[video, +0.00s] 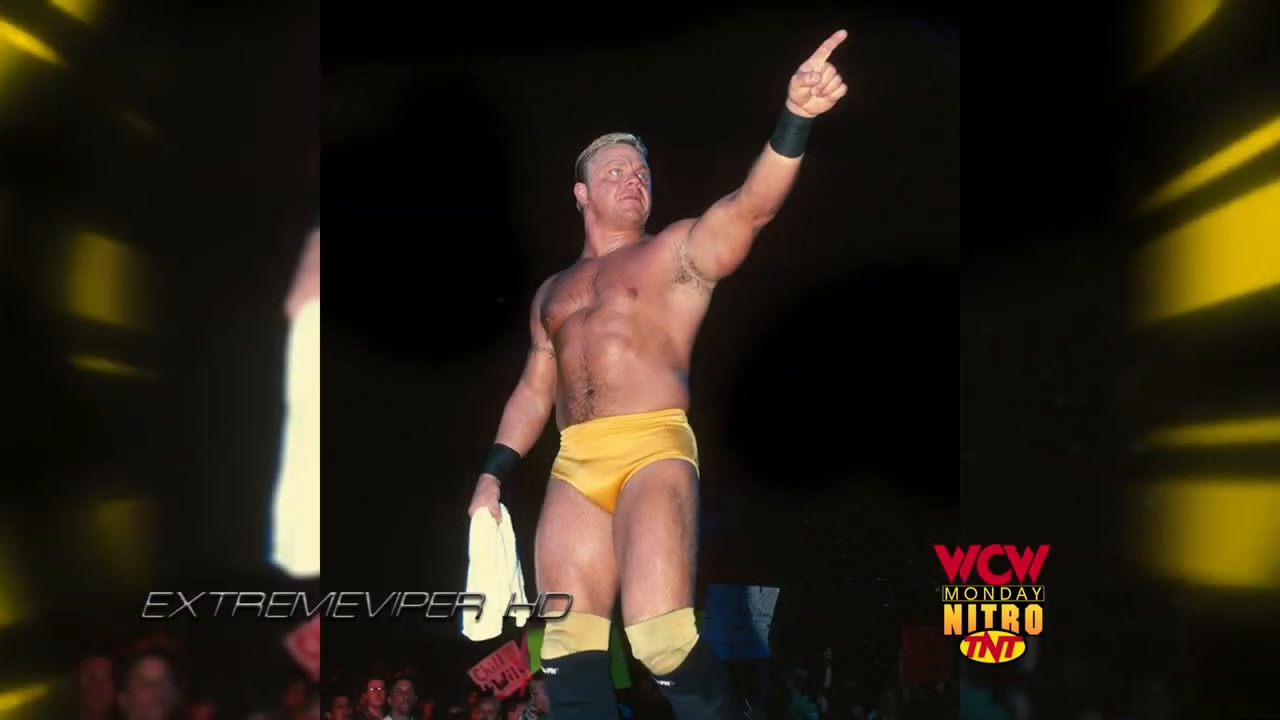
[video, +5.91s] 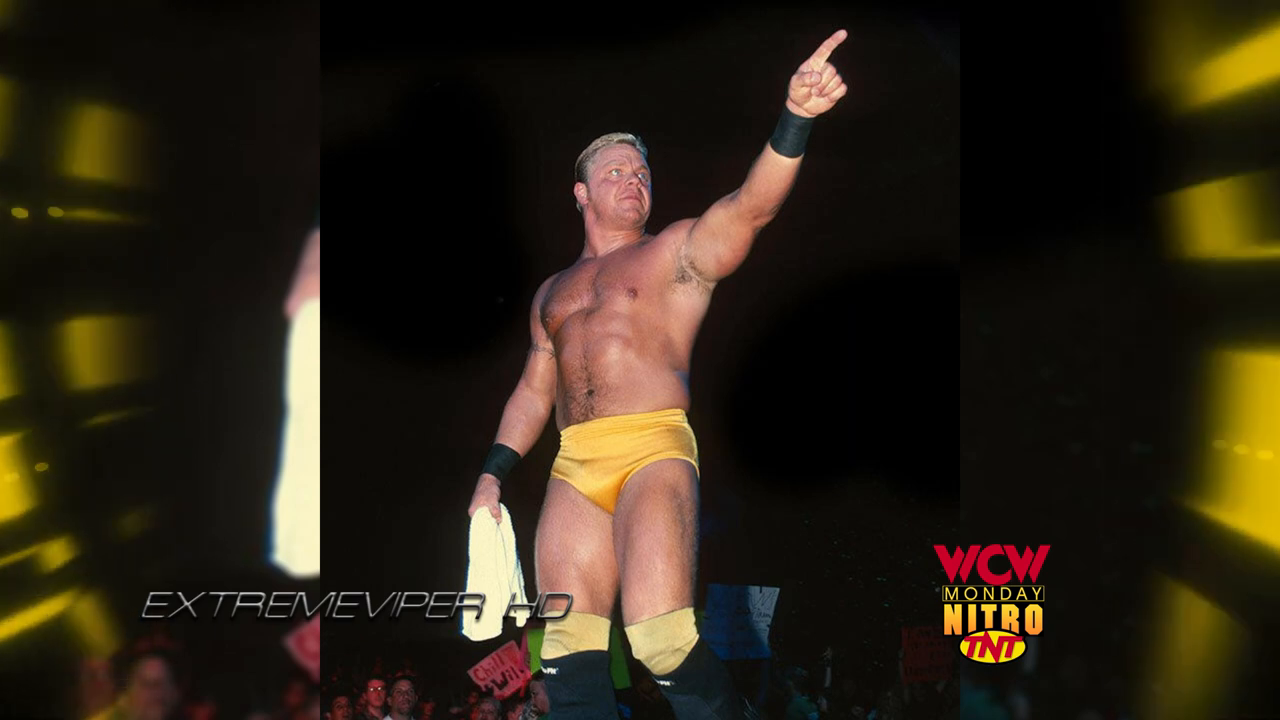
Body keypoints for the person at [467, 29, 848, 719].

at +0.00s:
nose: (632, 180)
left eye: (640, 172)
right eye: (614, 171)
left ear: (651, 193)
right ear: (581, 193)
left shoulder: (680, 254)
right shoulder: (553, 296)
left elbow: (752, 204)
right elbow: (534, 394)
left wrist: (797, 115)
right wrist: (490, 477)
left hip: (656, 448)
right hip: (576, 462)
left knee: (659, 635)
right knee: (568, 646)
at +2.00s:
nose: (631, 179)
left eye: (640, 172)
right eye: (614, 170)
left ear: (650, 194)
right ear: (580, 193)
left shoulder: (680, 253)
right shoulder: (552, 296)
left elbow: (753, 203)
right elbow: (534, 393)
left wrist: (797, 115)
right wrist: (490, 478)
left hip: (656, 448)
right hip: (575, 462)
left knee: (660, 637)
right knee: (568, 647)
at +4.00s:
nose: (631, 179)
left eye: (640, 172)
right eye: (614, 170)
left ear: (650, 194)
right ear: (580, 193)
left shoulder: (680, 253)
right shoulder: (552, 296)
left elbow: (753, 203)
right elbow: (534, 393)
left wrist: (797, 115)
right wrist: (490, 478)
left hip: (656, 448)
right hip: (575, 462)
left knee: (660, 637)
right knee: (568, 647)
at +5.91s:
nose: (632, 179)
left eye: (640, 172)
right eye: (615, 170)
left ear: (650, 194)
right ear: (581, 193)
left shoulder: (680, 254)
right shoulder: (552, 296)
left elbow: (753, 203)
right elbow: (534, 394)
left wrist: (797, 116)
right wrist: (490, 478)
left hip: (656, 448)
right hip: (575, 462)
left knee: (660, 636)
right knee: (568, 647)